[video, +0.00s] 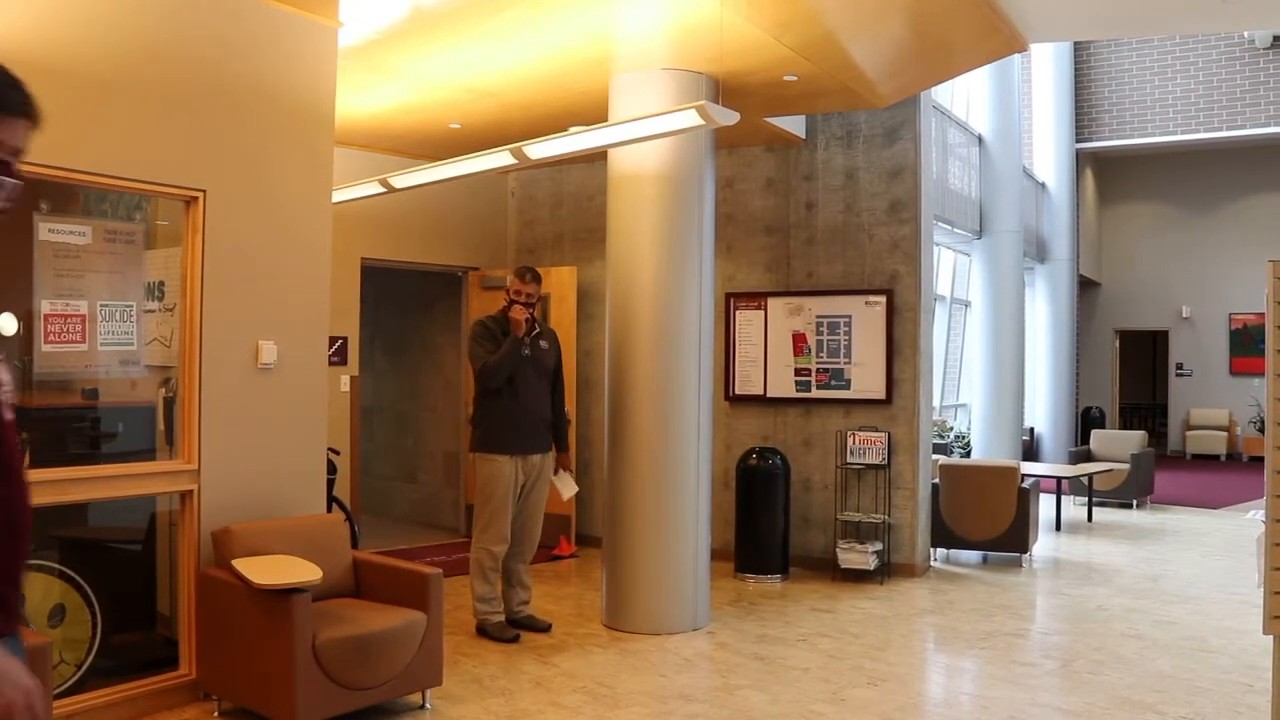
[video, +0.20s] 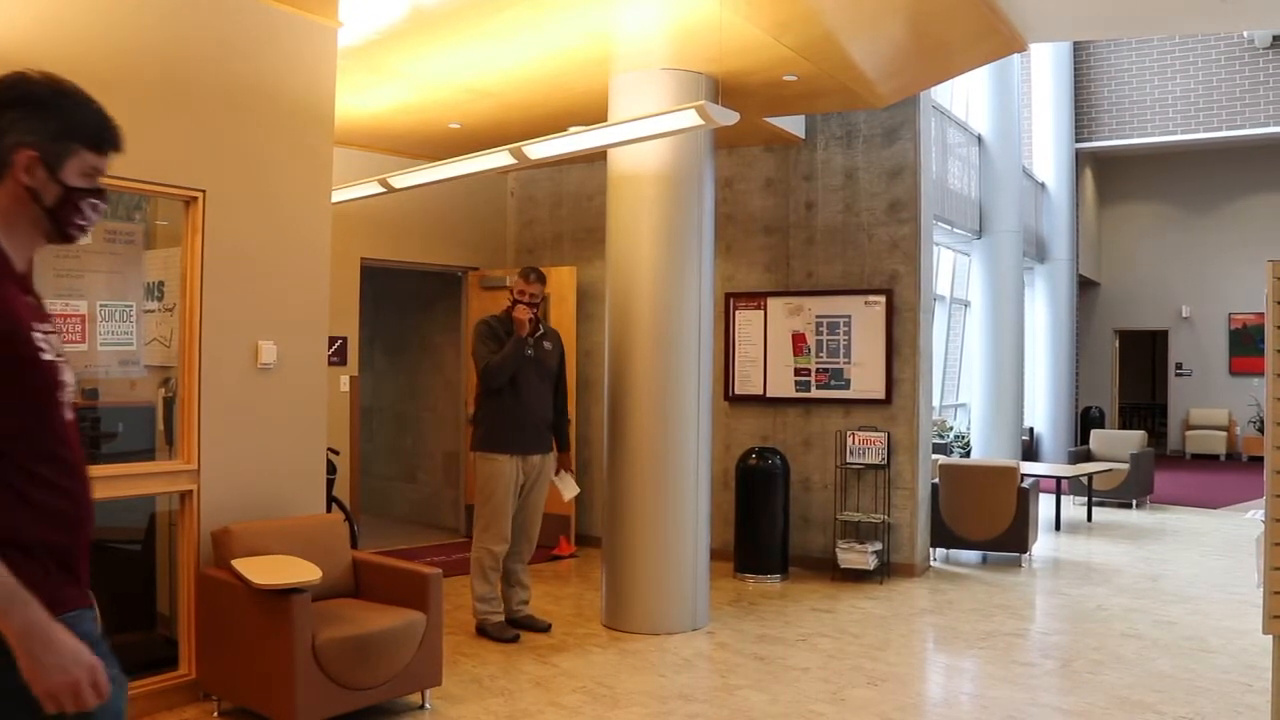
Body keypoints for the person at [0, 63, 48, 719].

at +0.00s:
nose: (15, 180)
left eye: (17, 159)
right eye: (6, 156)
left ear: (23, 156)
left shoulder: (6, 332)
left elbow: (10, 488)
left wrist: (13, 623)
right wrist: (1, 643)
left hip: (6, 614)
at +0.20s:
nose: (96, 202)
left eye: (100, 186)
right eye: (86, 182)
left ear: (31, 172)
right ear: (27, 170)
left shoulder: (23, 295)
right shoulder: (7, 296)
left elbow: (32, 467)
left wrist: (69, 611)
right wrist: (31, 632)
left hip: (63, 616)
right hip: (31, 638)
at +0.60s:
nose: (212, 211)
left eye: (215, 195)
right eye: (206, 193)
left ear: (156, 188)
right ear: (161, 189)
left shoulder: (102, 278)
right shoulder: (100, 283)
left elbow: (74, 480)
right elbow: (72, 483)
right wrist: (168, 644)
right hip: (133, 646)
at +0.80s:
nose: (264, 200)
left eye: (265, 183)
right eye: (260, 183)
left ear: (168, 181)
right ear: (224, 187)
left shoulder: (127, 275)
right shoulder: (181, 286)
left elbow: (102, 440)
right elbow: (168, 480)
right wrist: (251, 635)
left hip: (142, 620)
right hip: (202, 632)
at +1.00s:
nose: (300, 201)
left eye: (300, 183)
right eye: (299, 183)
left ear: (209, 180)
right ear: (279, 192)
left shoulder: (160, 280)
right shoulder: (244, 290)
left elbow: (132, 436)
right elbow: (247, 485)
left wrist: (182, 541)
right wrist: (329, 626)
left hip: (188, 603)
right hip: (250, 614)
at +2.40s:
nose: (432, 228)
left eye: (432, 213)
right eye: (433, 213)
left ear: (355, 210)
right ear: (420, 219)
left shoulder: (304, 294)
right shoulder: (397, 295)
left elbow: (267, 422)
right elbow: (424, 450)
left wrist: (338, 459)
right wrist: (552, 490)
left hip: (328, 554)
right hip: (399, 559)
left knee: (356, 711)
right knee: (457, 708)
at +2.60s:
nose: (450, 228)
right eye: (451, 215)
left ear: (370, 213)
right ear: (442, 222)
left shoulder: (319, 297)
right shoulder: (423, 298)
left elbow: (281, 420)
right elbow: (455, 454)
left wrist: (351, 460)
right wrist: (584, 492)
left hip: (346, 556)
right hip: (419, 561)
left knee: (366, 711)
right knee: (475, 709)